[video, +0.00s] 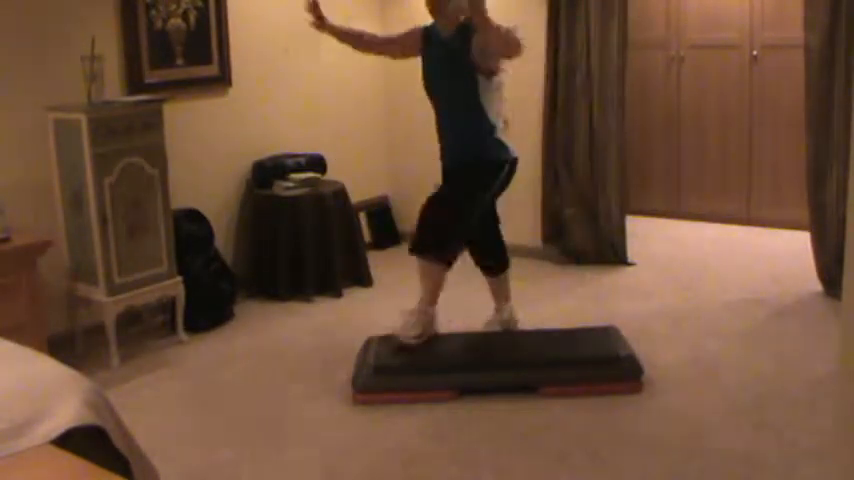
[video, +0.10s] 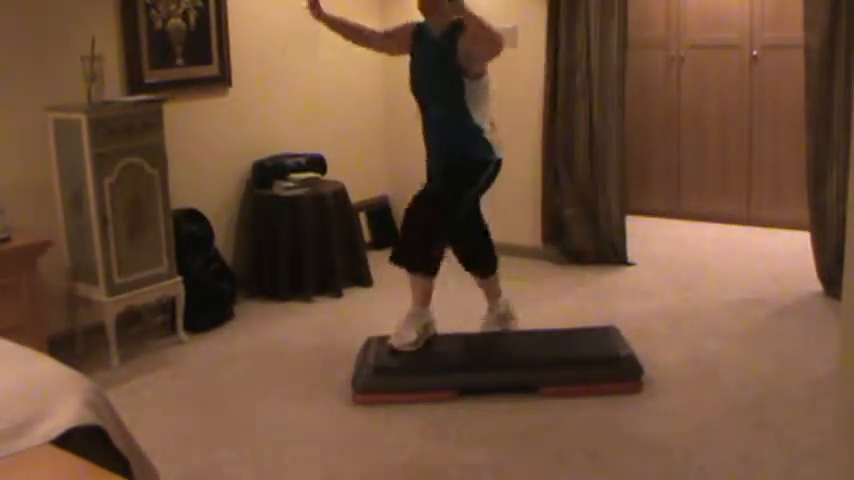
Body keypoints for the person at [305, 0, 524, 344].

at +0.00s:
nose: (433, 7)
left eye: (439, 1)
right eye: (431, 3)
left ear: (460, 3)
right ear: (430, 7)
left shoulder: (480, 34)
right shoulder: (426, 36)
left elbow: (511, 48)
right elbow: (376, 45)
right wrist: (327, 27)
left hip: (490, 158)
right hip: (457, 161)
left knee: (437, 222)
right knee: (484, 236)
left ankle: (424, 315)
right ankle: (505, 314)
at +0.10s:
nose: (422, 5)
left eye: (427, 1)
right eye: (421, 1)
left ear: (444, 2)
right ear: (422, 5)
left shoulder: (466, 35)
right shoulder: (418, 34)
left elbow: (493, 45)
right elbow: (374, 40)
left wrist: (463, 11)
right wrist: (324, 17)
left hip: (475, 158)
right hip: (442, 159)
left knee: (422, 221)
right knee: (468, 234)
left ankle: (420, 317)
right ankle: (499, 308)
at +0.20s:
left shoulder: (452, 13)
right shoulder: (406, 16)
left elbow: (492, 44)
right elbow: (362, 27)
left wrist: (453, 39)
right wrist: (312, 30)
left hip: (465, 141)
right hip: (431, 142)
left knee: (421, 228)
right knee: (431, 227)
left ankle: (420, 318)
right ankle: (477, 290)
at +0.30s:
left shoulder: (449, 8)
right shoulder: (397, 8)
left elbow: (493, 48)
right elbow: (364, 32)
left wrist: (476, 86)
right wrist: (328, 59)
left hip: (460, 129)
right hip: (423, 128)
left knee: (429, 217)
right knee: (391, 212)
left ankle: (420, 315)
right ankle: (454, 261)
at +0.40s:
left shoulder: (442, 9)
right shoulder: (394, 10)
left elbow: (492, 57)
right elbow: (385, 47)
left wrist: (487, 117)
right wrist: (366, 86)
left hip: (456, 131)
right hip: (417, 123)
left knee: (425, 219)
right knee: (362, 173)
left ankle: (421, 315)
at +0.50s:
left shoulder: (441, 21)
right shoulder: (387, 18)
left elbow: (490, 71)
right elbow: (400, 77)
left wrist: (490, 131)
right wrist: (398, 124)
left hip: (451, 136)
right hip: (411, 128)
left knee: (418, 221)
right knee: (351, 155)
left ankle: (420, 316)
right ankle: (403, 209)